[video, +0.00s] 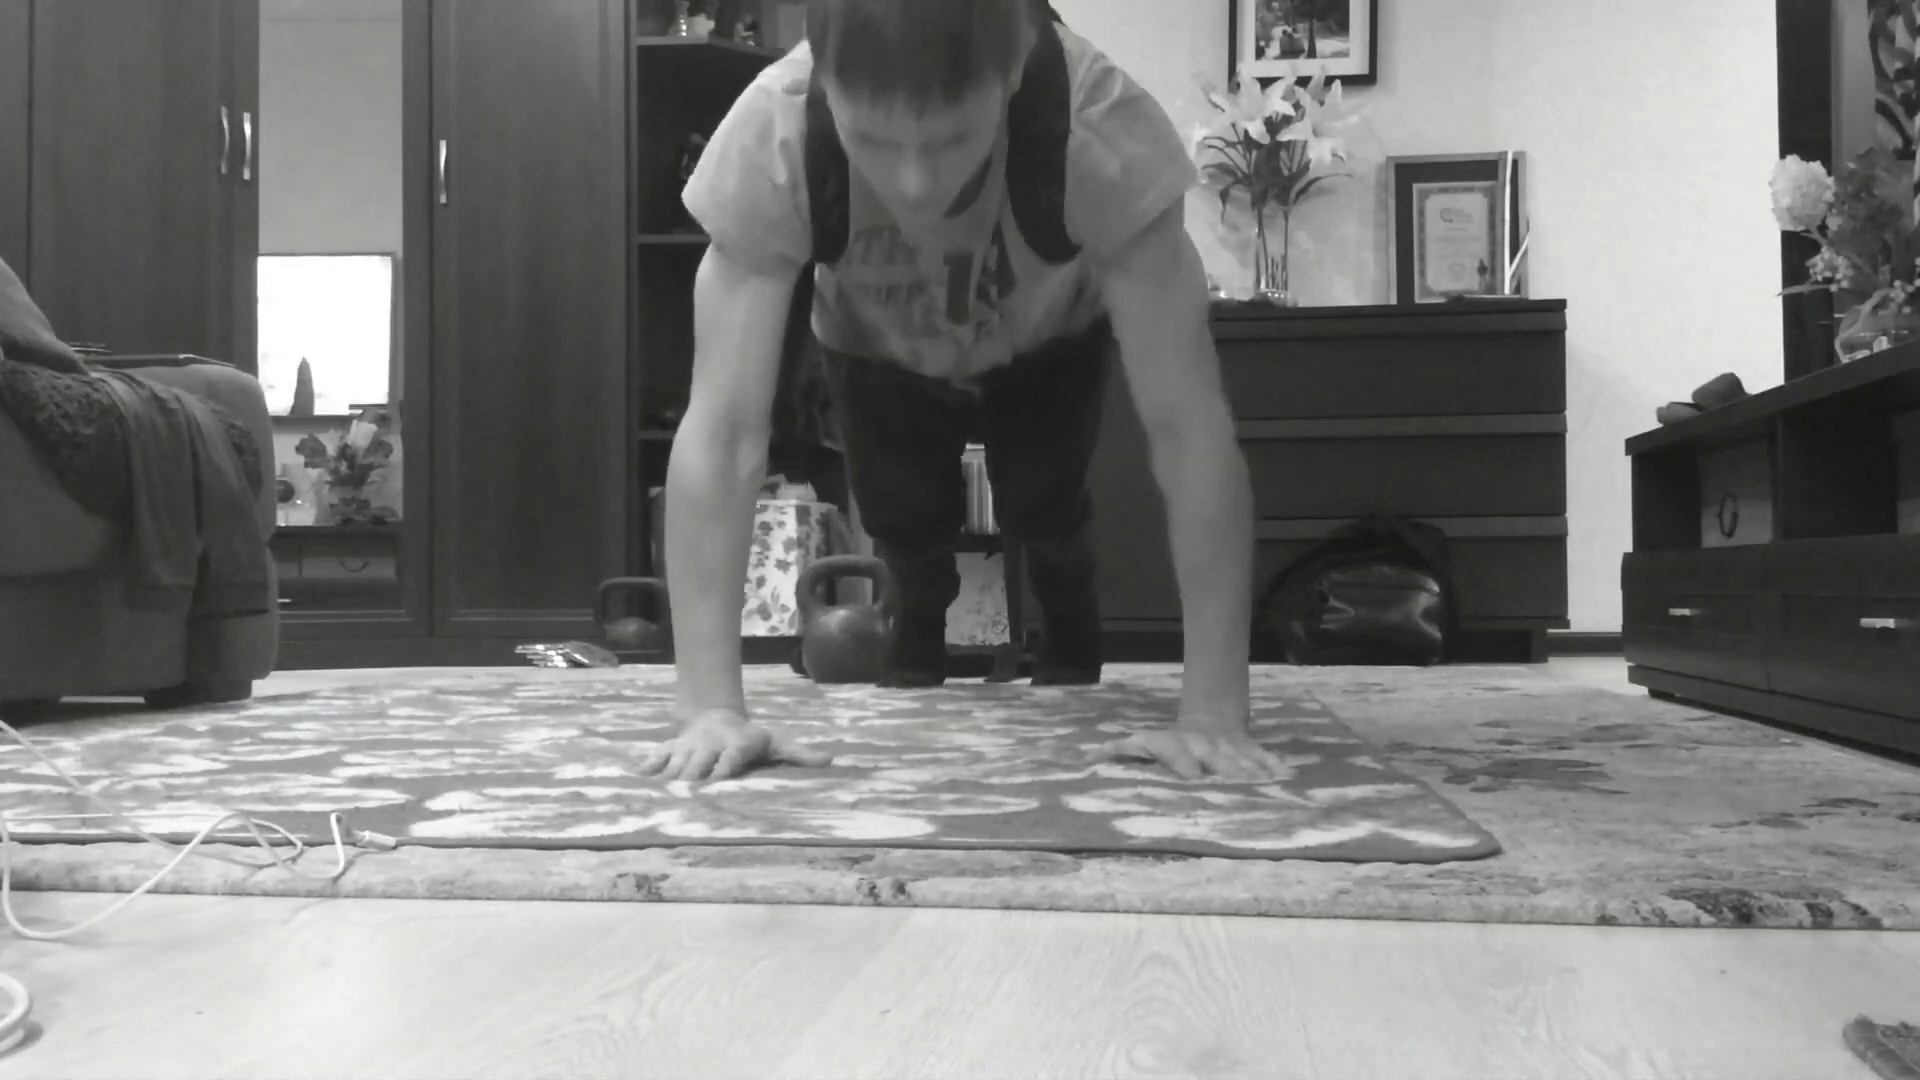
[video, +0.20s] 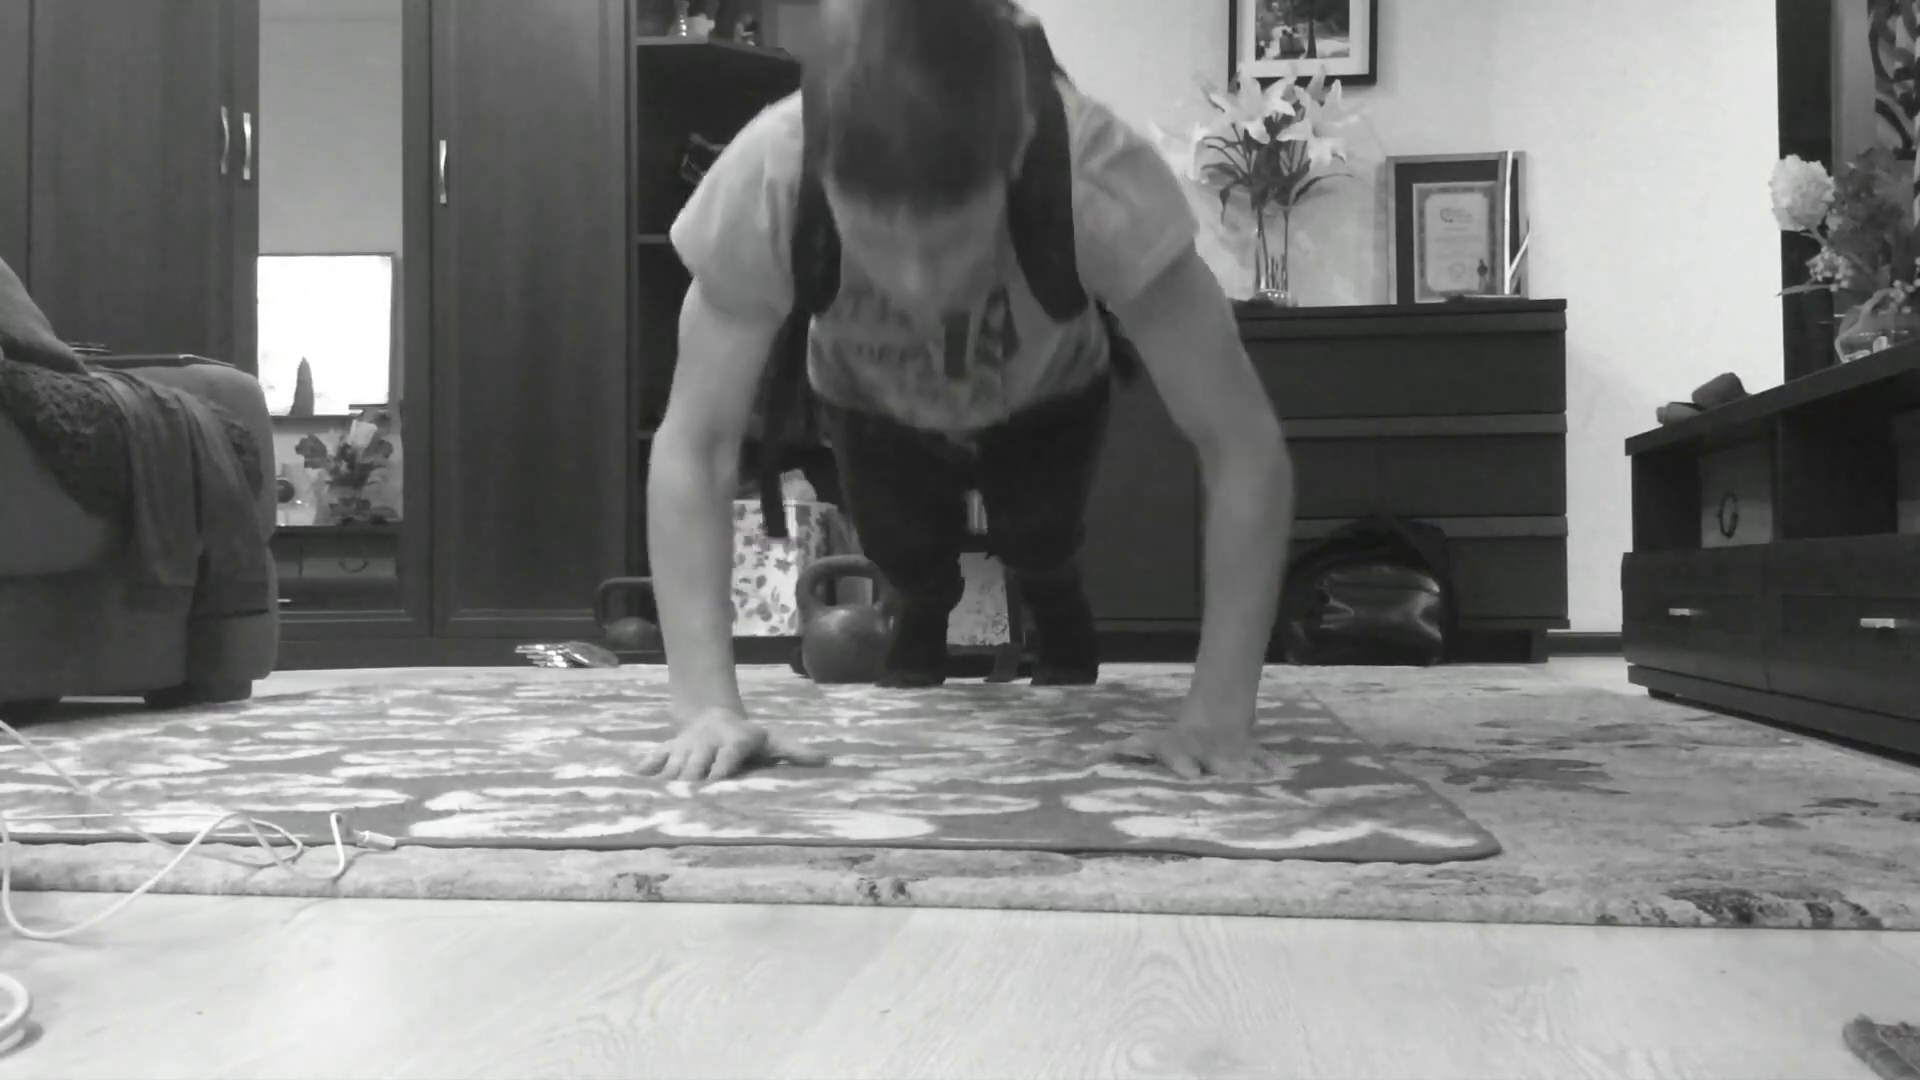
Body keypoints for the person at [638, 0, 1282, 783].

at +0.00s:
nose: (915, 182)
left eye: (950, 144)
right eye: (876, 144)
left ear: (1012, 78)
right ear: (831, 93)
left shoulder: (1103, 142)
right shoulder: (774, 147)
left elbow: (1193, 431)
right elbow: (719, 438)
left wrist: (1215, 712)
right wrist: (710, 708)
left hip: (1047, 338)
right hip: (876, 343)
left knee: (1049, 524)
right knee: (901, 525)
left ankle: (1069, 667)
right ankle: (914, 613)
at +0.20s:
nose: (921, 285)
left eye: (952, 244)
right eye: (884, 250)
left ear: (1013, 162)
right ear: (830, 180)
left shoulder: (1104, 187)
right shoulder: (763, 196)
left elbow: (1247, 450)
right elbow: (691, 448)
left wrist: (1219, 712)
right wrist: (706, 707)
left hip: (1045, 396)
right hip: (874, 402)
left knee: (1044, 546)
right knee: (902, 554)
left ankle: (1051, 606)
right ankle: (918, 613)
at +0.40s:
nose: (930, 401)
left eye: (962, 363)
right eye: (894, 367)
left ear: (1030, 273)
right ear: (836, 275)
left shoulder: (1107, 253)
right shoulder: (765, 264)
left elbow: (1295, 460)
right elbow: (662, 465)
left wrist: (1228, 707)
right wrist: (705, 708)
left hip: (1047, 468)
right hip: (880, 481)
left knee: (1043, 566)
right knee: (909, 585)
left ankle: (1048, 616)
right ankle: (915, 626)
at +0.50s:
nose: (939, 502)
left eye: (980, 465)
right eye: (896, 469)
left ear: (1040, 353)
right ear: (840, 366)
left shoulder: (1117, 314)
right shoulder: (772, 312)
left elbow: (1315, 470)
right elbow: (649, 475)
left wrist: (1227, 709)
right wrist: (702, 704)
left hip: (1052, 503)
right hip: (881, 524)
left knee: (1044, 581)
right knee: (908, 601)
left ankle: (1051, 625)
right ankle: (917, 639)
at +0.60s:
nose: (947, 548)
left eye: (984, 512)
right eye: (901, 523)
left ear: (1049, 398)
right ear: (841, 425)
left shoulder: (1125, 349)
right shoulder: (771, 348)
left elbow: (1323, 476)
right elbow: (644, 477)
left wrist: (1233, 704)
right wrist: (700, 705)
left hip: (1056, 521)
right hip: (883, 544)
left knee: (1045, 587)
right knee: (904, 606)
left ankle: (1048, 627)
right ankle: (918, 632)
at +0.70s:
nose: (948, 600)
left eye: (993, 563)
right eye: (904, 572)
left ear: (1052, 450)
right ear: (838, 464)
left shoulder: (1121, 370)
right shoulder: (770, 372)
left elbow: (1332, 480)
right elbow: (636, 482)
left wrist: (1233, 706)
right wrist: (704, 710)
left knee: (1051, 596)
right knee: (885, 640)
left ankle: (1052, 629)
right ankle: (898, 636)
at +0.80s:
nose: (944, 643)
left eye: (983, 601)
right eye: (902, 605)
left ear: (1056, 492)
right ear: (832, 498)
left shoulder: (1124, 411)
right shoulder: (771, 413)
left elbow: (1337, 485)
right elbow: (628, 488)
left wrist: (1228, 712)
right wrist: (699, 705)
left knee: (1052, 661)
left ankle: (1042, 652)